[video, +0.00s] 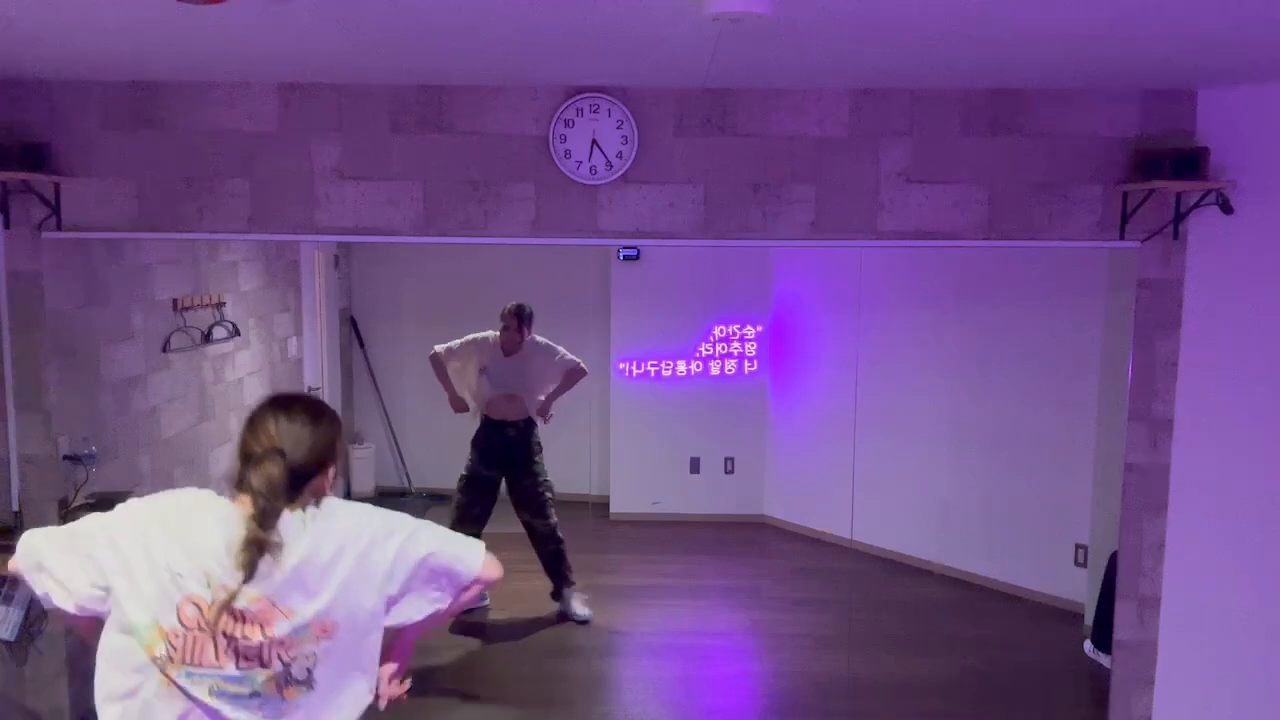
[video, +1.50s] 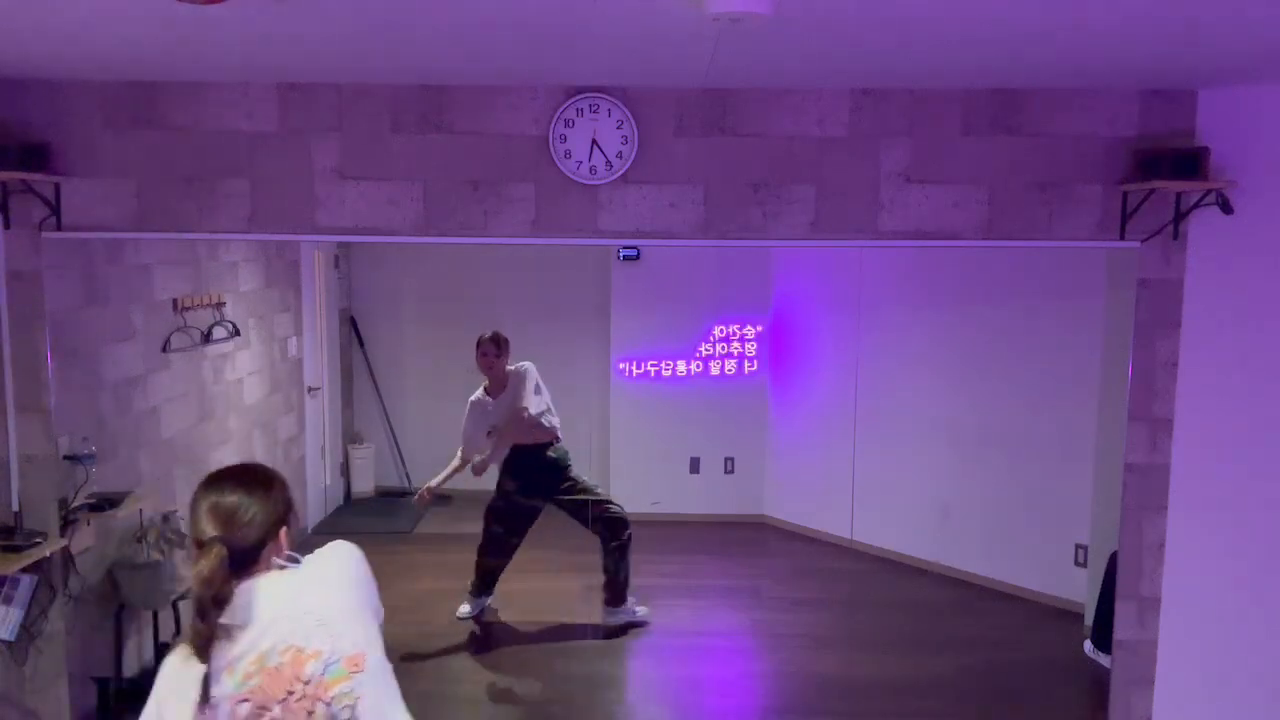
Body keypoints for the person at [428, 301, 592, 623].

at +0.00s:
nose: (506, 334)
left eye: (513, 330)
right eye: (504, 328)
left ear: (527, 332)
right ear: (499, 326)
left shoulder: (539, 348)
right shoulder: (482, 343)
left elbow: (578, 369)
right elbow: (437, 355)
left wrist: (549, 399)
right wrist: (452, 394)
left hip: (524, 438)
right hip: (488, 436)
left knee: (541, 517)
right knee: (467, 516)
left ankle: (566, 592)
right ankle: (468, 588)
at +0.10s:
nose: (499, 320)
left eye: (506, 315)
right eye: (497, 313)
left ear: (520, 318)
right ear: (492, 313)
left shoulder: (534, 342)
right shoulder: (475, 338)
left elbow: (565, 377)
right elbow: (442, 373)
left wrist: (550, 421)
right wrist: (446, 417)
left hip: (519, 431)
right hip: (482, 431)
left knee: (522, 514)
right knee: (476, 515)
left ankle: (526, 590)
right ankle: (476, 589)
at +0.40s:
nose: (490, 338)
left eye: (496, 332)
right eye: (485, 332)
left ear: (507, 336)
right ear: (478, 335)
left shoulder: (528, 372)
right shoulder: (463, 371)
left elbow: (545, 413)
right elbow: (449, 415)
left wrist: (546, 447)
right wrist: (439, 448)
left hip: (511, 449)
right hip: (474, 449)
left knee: (504, 525)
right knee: (462, 526)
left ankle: (499, 592)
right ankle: (474, 592)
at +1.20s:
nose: (484, 337)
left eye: (490, 332)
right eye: (477, 332)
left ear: (498, 337)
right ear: (468, 337)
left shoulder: (516, 372)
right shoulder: (455, 377)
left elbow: (530, 425)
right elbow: (442, 428)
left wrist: (523, 468)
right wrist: (452, 472)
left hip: (514, 449)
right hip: (477, 451)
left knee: (517, 528)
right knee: (465, 530)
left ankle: (501, 581)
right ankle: (475, 592)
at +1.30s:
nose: (479, 348)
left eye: (486, 343)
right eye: (473, 342)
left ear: (494, 348)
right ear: (464, 347)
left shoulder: (511, 376)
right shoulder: (454, 392)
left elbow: (517, 429)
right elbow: (456, 447)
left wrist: (512, 475)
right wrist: (454, 487)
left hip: (522, 452)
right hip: (486, 458)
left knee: (556, 529)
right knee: (465, 538)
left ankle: (515, 574)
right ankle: (477, 594)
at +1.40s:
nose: (477, 358)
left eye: (483, 353)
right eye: (472, 352)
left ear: (494, 356)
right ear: (465, 357)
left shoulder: (511, 377)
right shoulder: (461, 401)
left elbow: (516, 429)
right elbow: (462, 453)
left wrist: (499, 476)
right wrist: (447, 485)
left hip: (531, 462)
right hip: (496, 468)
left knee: (592, 524)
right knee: (478, 531)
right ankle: (477, 597)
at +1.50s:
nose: (488, 362)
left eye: (493, 355)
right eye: (482, 356)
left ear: (506, 357)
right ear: (476, 360)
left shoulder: (524, 372)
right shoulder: (478, 404)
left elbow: (520, 416)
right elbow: (466, 455)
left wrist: (489, 458)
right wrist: (435, 483)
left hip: (553, 468)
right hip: (517, 474)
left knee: (615, 523)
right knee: (497, 534)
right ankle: (479, 597)